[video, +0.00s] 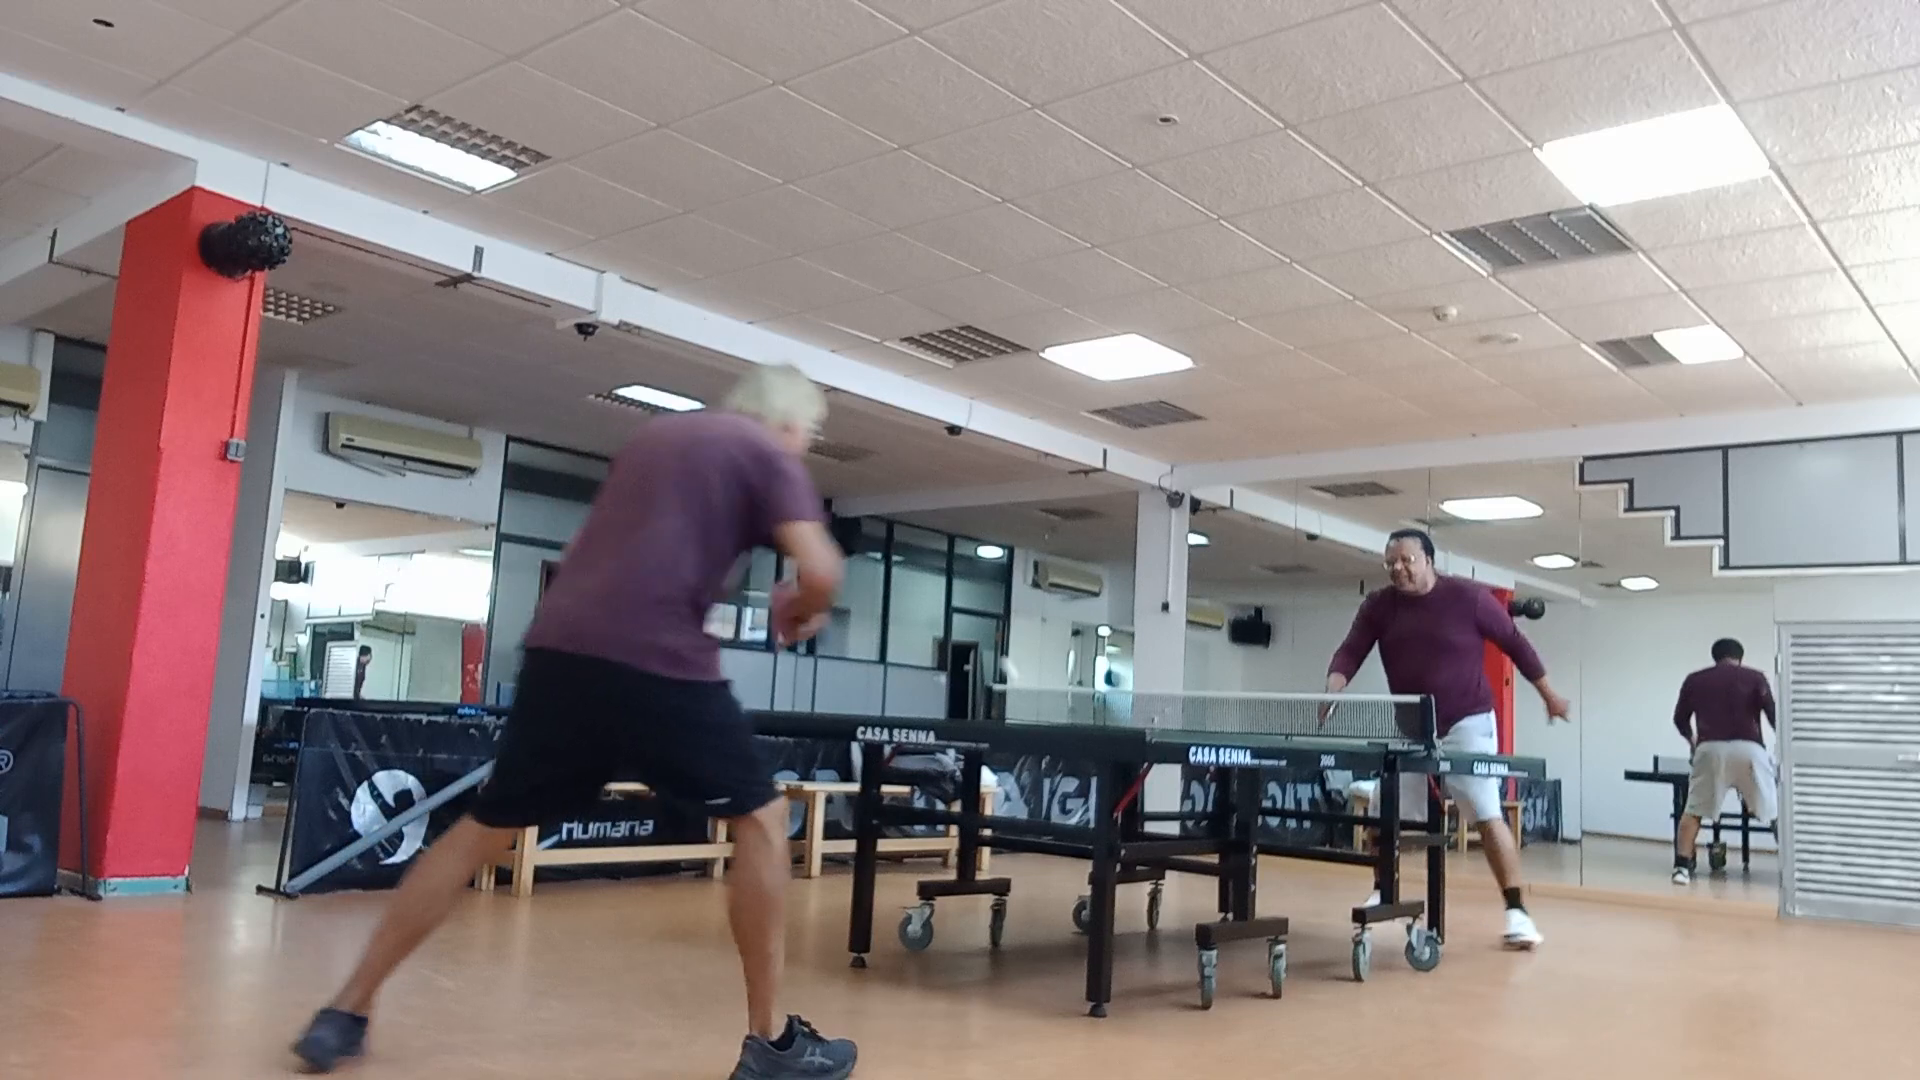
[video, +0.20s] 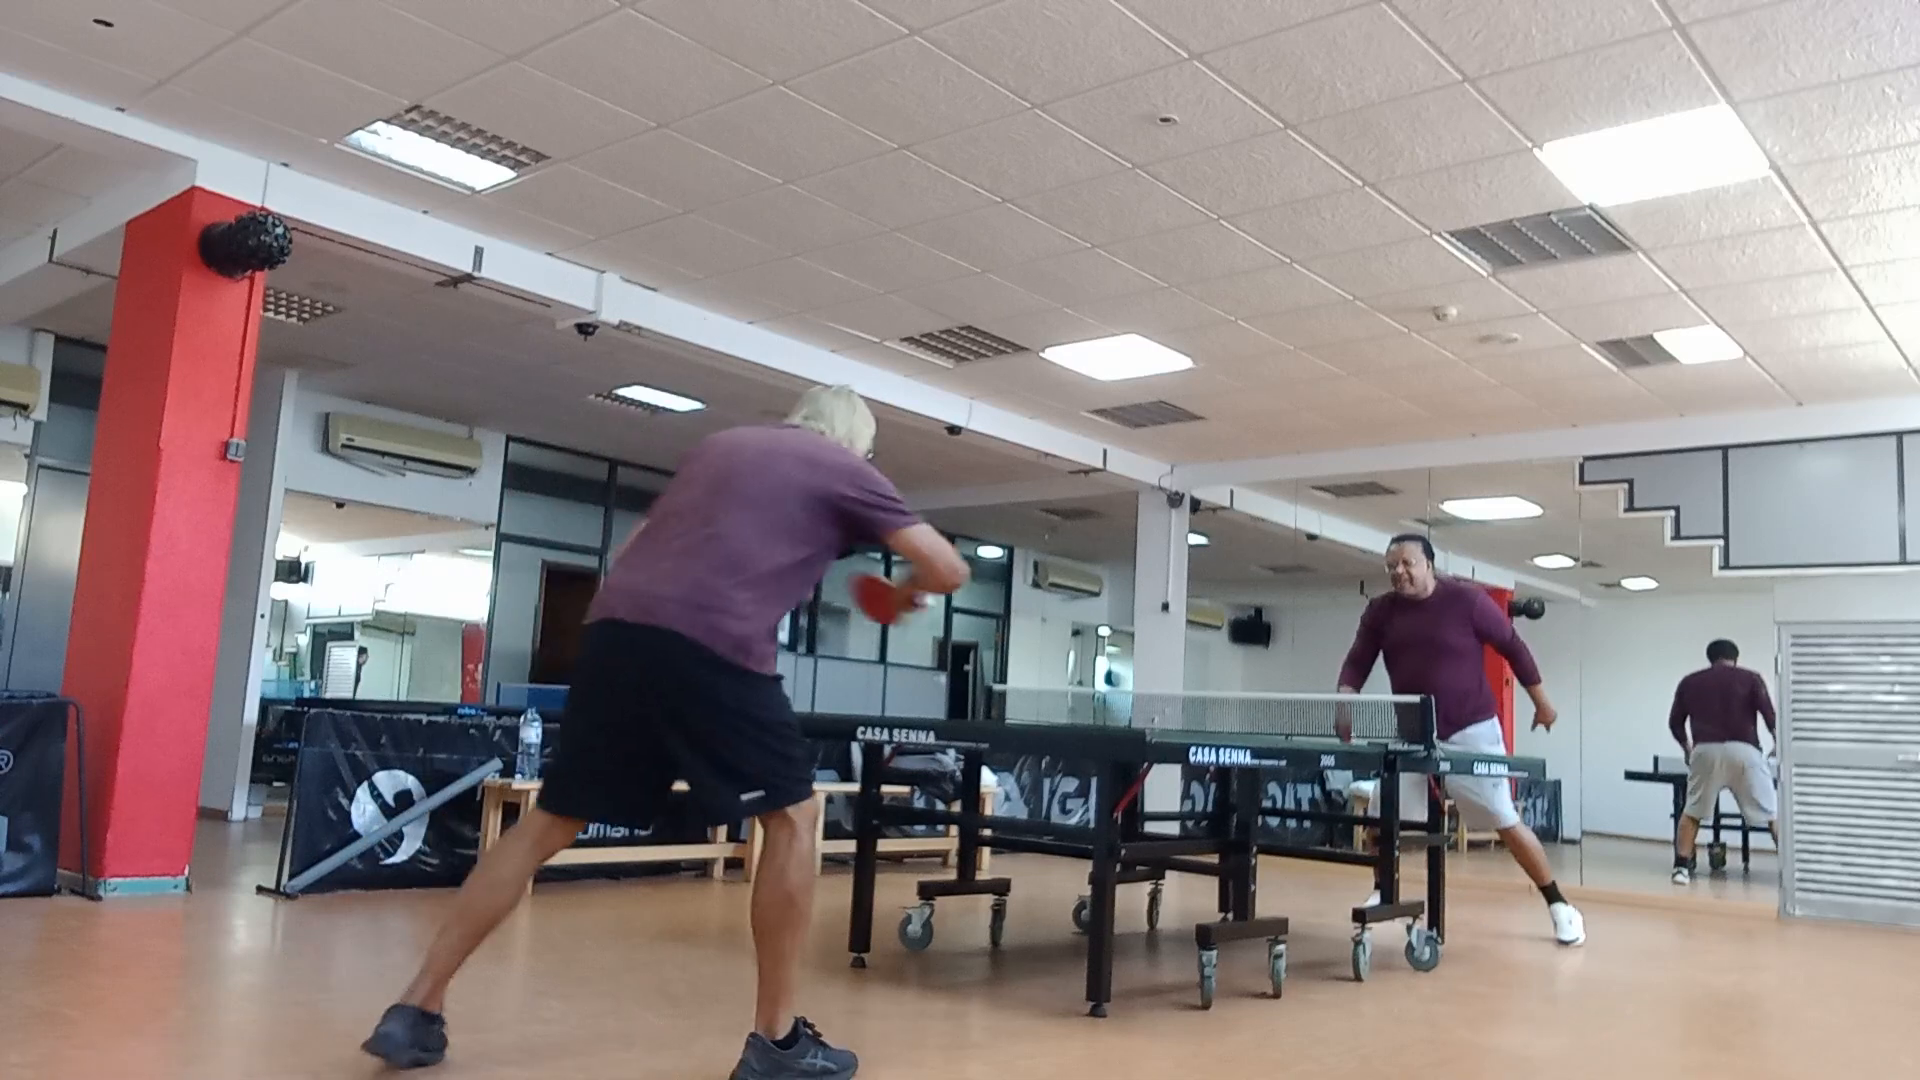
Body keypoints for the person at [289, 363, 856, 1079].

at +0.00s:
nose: (801, 454)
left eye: (807, 443)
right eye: (804, 439)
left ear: (735, 404)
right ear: (786, 422)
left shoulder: (651, 435)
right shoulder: (768, 452)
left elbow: (612, 554)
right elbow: (822, 571)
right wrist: (798, 610)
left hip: (556, 659)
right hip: (661, 668)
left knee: (479, 831)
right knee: (759, 818)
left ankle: (345, 1013)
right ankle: (770, 1035)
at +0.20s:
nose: (864, 468)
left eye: (862, 454)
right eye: (864, 457)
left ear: (798, 417)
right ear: (852, 444)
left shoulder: (720, 443)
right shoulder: (844, 467)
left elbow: (663, 541)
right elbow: (946, 570)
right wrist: (900, 592)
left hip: (616, 629)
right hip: (715, 647)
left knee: (546, 822)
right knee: (793, 817)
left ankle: (417, 1007)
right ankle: (775, 1036)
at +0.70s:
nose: (778, 388)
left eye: (776, 376)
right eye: (777, 377)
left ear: (702, 364)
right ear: (765, 374)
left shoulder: (632, 423)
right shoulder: (766, 419)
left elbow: (573, 547)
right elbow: (865, 499)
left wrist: (629, 599)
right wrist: (916, 519)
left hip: (608, 642)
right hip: (712, 646)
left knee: (548, 811)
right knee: (777, 819)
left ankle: (454, 995)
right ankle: (787, 1028)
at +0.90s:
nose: (669, 367)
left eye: (668, 355)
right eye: (665, 354)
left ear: (587, 348)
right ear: (644, 350)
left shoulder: (529, 419)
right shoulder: (651, 409)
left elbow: (479, 539)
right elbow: (735, 505)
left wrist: (535, 584)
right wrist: (797, 518)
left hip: (521, 633)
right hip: (613, 633)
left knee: (507, 815)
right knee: (680, 822)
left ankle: (445, 1005)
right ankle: (724, 1018)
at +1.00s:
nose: (642, 344)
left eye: (643, 330)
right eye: (640, 329)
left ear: (567, 317)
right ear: (615, 319)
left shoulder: (502, 388)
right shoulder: (613, 374)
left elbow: (436, 500)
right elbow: (680, 479)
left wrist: (487, 563)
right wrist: (749, 509)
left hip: (481, 605)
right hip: (564, 605)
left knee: (484, 792)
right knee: (612, 788)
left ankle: (438, 998)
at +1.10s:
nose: (629, 316)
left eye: (631, 303)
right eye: (627, 300)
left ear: (558, 286)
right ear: (600, 291)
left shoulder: (480, 354)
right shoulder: (596, 350)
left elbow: (402, 460)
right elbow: (638, 470)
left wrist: (447, 535)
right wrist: (711, 516)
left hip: (441, 578)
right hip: (518, 580)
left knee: (433, 768)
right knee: (546, 765)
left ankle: (395, 967)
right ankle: (455, 982)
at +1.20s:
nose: (607, 336)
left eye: (610, 324)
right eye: (608, 322)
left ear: (534, 299)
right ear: (585, 311)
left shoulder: (456, 360)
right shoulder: (569, 366)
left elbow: (375, 470)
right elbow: (585, 489)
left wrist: (411, 544)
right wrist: (661, 543)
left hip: (395, 583)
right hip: (474, 596)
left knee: (378, 768)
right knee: (493, 789)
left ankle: (282, 964)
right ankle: (396, 1014)